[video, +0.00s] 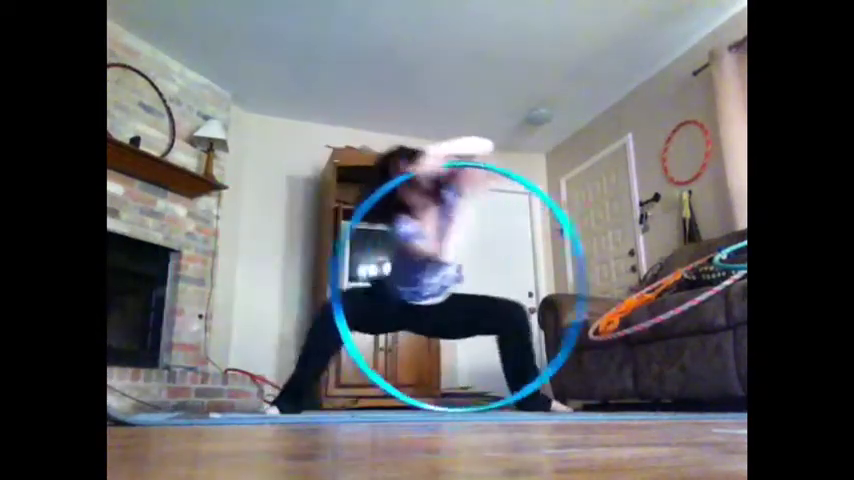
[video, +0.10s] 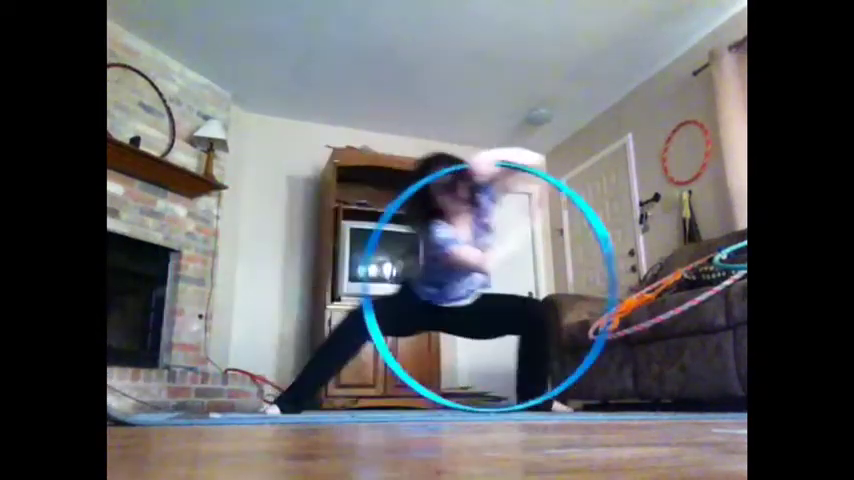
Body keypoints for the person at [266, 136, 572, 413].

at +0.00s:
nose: (413, 184)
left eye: (414, 176)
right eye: (405, 181)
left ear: (427, 174)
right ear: (396, 189)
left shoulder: (451, 192)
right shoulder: (400, 222)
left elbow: (486, 148)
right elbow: (439, 252)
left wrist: (439, 155)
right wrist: (456, 198)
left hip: (438, 308)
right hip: (390, 306)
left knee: (510, 316)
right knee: (336, 311)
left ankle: (533, 403)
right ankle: (290, 403)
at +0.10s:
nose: (452, 196)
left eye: (455, 187)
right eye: (442, 191)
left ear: (467, 184)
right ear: (433, 197)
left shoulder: (486, 199)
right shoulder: (438, 232)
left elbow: (536, 161)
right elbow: (484, 263)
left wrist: (497, 160)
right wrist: (529, 223)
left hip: (468, 307)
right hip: (417, 307)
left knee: (538, 315)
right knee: (361, 321)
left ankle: (535, 402)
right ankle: (287, 406)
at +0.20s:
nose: (476, 202)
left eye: (479, 193)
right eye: (467, 197)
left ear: (490, 189)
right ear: (457, 201)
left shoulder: (508, 203)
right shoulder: (462, 237)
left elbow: (561, 176)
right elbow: (509, 271)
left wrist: (531, 168)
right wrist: (566, 243)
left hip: (484, 311)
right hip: (433, 309)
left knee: (547, 315)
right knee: (366, 338)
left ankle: (534, 405)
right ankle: (291, 405)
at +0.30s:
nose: (500, 209)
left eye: (503, 201)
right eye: (494, 204)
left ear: (512, 201)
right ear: (484, 207)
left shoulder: (526, 213)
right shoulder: (479, 246)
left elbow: (580, 196)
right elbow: (525, 284)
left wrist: (554, 176)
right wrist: (584, 278)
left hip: (495, 315)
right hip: (447, 313)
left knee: (557, 316)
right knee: (375, 350)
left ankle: (534, 409)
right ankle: (288, 405)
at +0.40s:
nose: (510, 214)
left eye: (516, 206)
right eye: (502, 208)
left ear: (532, 210)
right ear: (493, 218)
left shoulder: (543, 233)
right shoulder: (493, 255)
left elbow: (602, 215)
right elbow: (542, 298)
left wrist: (570, 186)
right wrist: (596, 322)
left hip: (507, 326)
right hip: (457, 324)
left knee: (567, 323)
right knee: (388, 357)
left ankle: (535, 405)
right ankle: (293, 405)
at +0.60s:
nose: (522, 229)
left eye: (530, 221)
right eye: (513, 222)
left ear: (541, 225)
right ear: (500, 226)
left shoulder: (544, 246)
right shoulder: (490, 260)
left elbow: (602, 226)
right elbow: (501, 311)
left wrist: (572, 187)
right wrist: (560, 342)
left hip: (500, 330)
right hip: (451, 330)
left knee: (566, 317)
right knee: (382, 349)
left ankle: (535, 415)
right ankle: (294, 406)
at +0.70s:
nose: (513, 233)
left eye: (521, 225)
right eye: (505, 224)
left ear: (533, 229)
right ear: (493, 225)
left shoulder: (537, 247)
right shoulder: (478, 254)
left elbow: (593, 225)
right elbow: (462, 300)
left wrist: (561, 187)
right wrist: (521, 342)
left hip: (493, 324)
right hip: (445, 322)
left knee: (558, 317)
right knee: (373, 344)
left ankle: (538, 413)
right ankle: (291, 405)